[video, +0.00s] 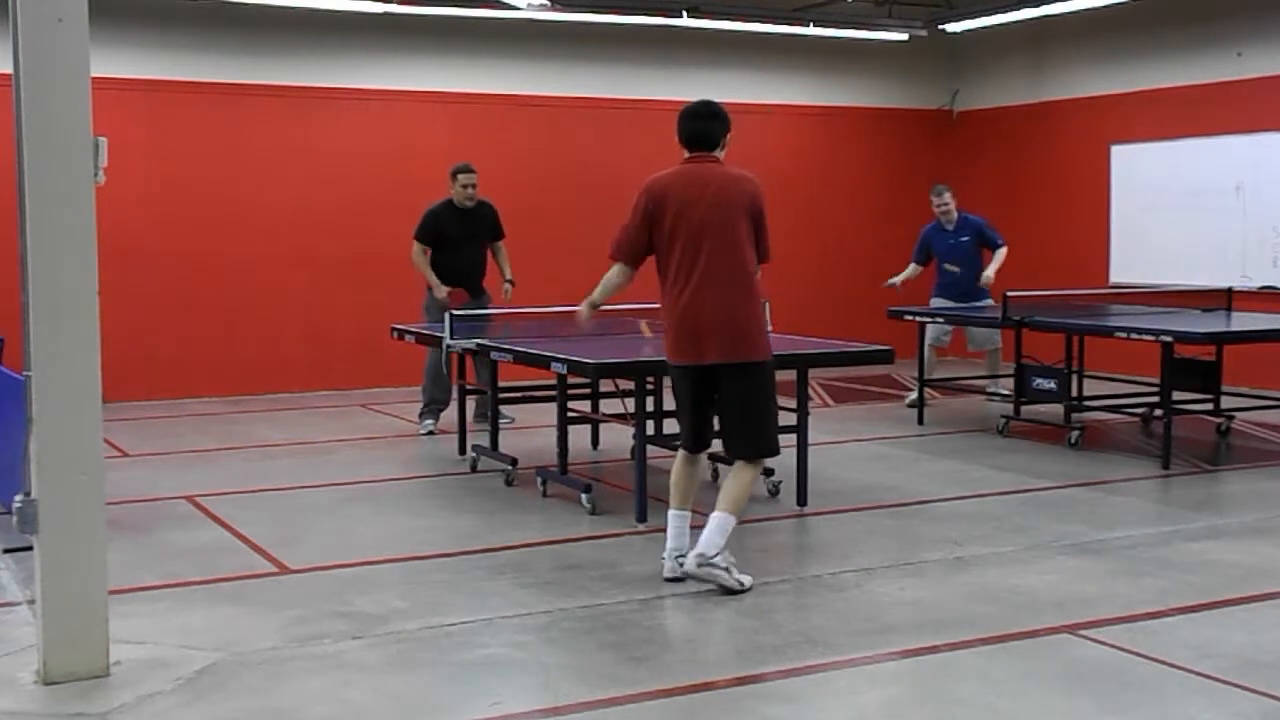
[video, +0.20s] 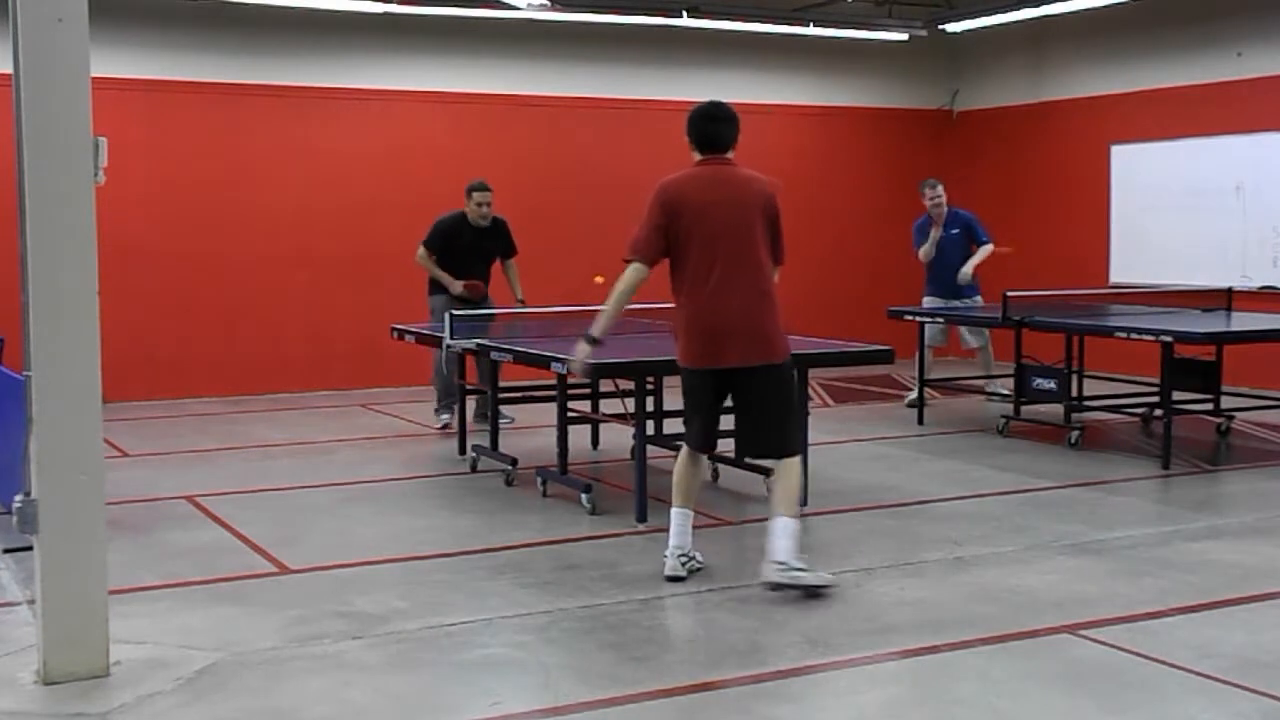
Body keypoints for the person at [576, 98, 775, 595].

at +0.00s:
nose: (730, 143)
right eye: (729, 136)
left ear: (680, 140)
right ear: (724, 140)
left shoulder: (657, 189)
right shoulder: (746, 187)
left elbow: (624, 267)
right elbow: (756, 259)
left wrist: (590, 303)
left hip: (684, 343)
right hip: (742, 343)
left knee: (691, 445)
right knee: (751, 454)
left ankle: (675, 554)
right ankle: (709, 550)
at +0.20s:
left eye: (689, 137)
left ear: (690, 142)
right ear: (735, 141)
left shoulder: (672, 192)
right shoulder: (761, 189)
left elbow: (636, 272)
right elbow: (772, 267)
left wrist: (591, 338)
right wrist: (740, 307)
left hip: (699, 345)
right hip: (762, 343)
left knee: (695, 444)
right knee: (787, 450)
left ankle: (678, 551)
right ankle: (782, 558)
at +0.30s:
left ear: (704, 145)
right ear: (748, 143)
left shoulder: (686, 195)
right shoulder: (773, 193)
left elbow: (660, 276)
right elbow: (786, 273)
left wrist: (631, 353)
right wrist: (761, 323)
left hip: (710, 352)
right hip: (774, 349)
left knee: (699, 446)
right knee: (805, 456)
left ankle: (679, 551)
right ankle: (831, 563)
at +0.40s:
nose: (722, 152)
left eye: (721, 145)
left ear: (722, 150)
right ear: (766, 149)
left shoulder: (708, 199)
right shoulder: (793, 199)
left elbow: (702, 276)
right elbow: (804, 282)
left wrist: (684, 356)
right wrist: (782, 333)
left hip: (727, 354)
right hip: (792, 356)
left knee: (706, 445)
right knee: (823, 463)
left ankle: (679, 551)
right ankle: (873, 570)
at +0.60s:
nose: (773, 149)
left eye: (774, 142)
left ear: (777, 145)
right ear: (822, 145)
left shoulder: (769, 190)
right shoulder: (850, 196)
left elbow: (779, 263)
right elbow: (864, 274)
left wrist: (768, 350)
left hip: (785, 358)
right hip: (850, 359)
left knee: (732, 450)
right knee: (864, 476)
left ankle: (694, 548)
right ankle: (906, 587)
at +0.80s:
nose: (820, 138)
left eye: (820, 130)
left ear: (824, 134)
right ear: (871, 136)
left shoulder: (803, 180)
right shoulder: (897, 190)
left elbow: (785, 256)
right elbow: (915, 269)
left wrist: (748, 340)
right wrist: (871, 284)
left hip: (811, 354)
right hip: (882, 357)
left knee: (773, 467)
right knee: (882, 474)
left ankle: (767, 589)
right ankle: (909, 590)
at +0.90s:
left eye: (836, 131)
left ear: (839, 137)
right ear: (887, 141)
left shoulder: (810, 185)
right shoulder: (911, 195)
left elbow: (774, 267)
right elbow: (928, 289)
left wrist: (741, 343)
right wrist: (914, 353)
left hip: (818, 353)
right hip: (889, 358)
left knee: (799, 476)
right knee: (890, 472)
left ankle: (814, 598)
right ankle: (910, 592)